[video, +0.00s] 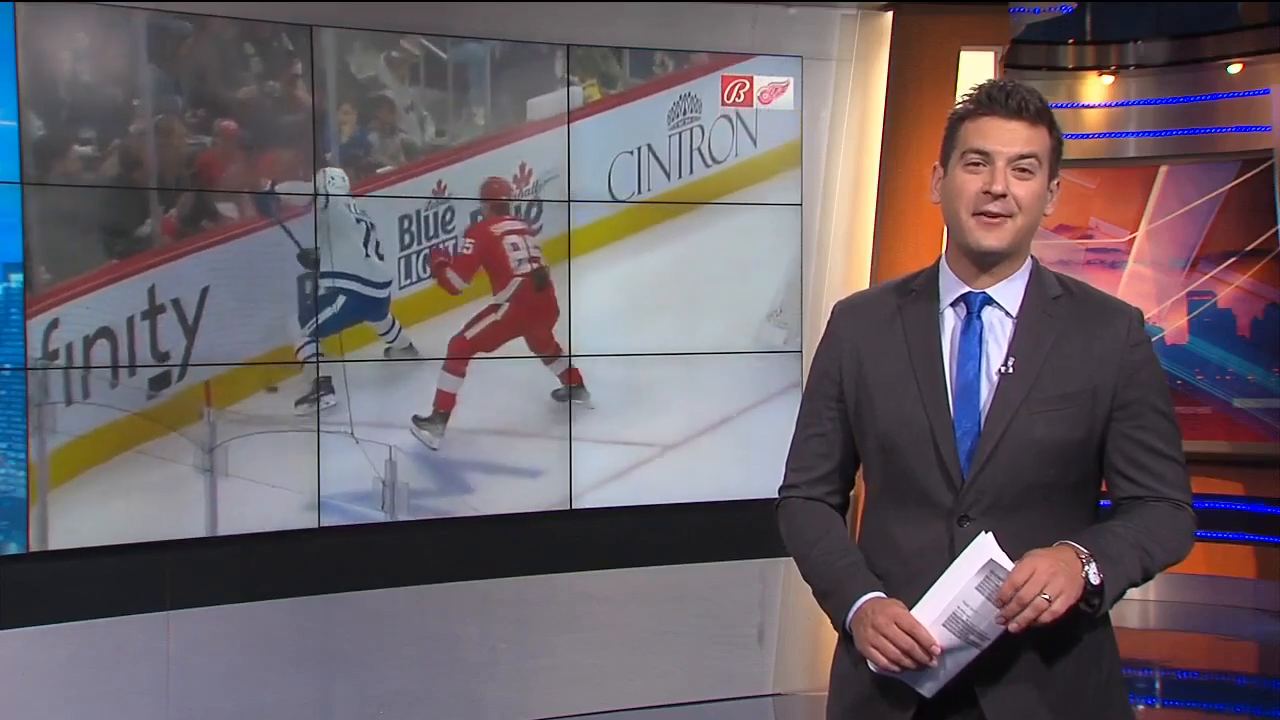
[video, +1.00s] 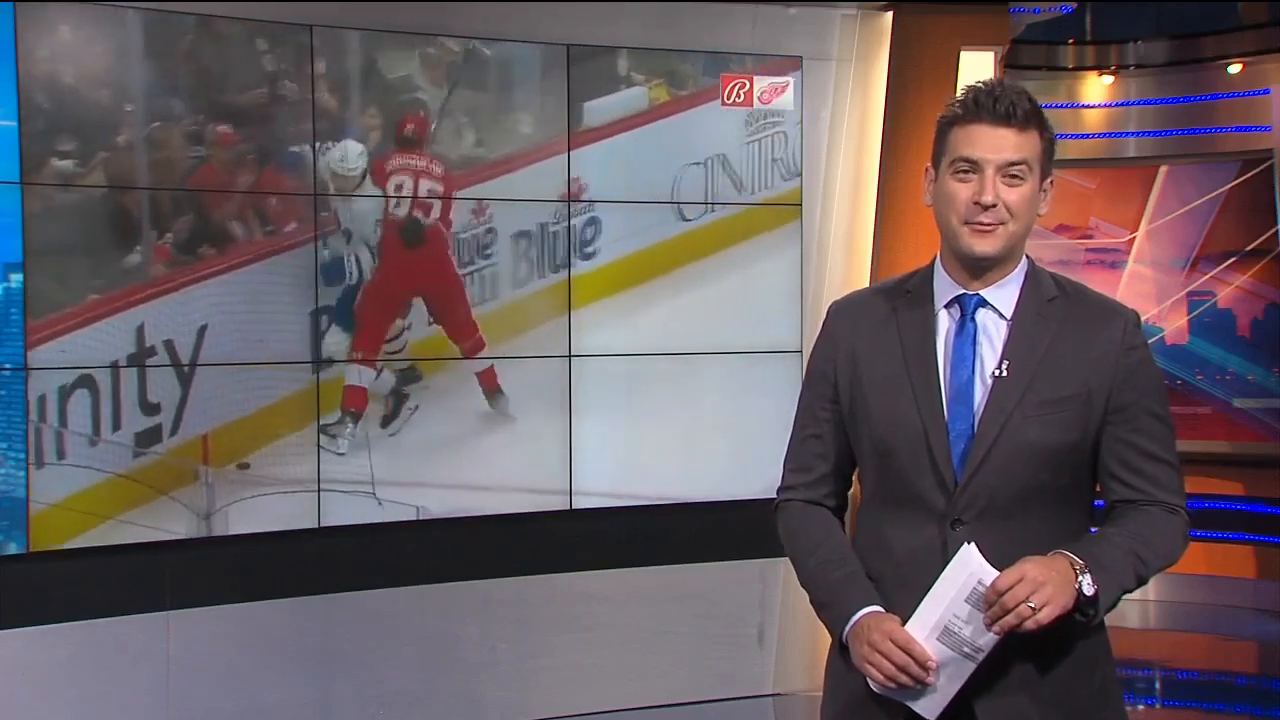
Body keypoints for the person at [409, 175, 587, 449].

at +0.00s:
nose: (482, 207)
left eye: (483, 203)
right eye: (484, 202)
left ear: (485, 204)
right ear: (509, 203)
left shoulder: (480, 231)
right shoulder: (523, 226)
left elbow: (455, 284)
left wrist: (439, 264)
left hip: (513, 309)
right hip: (547, 305)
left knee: (460, 346)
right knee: (542, 342)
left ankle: (437, 420)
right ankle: (575, 386)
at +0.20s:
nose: (460, 203)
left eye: (458, 198)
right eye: (471, 199)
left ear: (457, 200)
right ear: (482, 200)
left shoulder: (451, 229)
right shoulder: (496, 225)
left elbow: (422, 275)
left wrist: (414, 249)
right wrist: (432, 243)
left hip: (489, 313)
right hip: (522, 306)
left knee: (432, 351)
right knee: (516, 345)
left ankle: (411, 427)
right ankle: (550, 386)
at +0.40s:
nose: (427, 199)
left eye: (428, 195)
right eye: (430, 195)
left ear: (430, 196)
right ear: (456, 195)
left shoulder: (420, 225)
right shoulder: (477, 221)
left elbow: (393, 266)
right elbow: (483, 260)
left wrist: (395, 238)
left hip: (463, 310)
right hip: (498, 305)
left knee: (406, 353)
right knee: (491, 343)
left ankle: (386, 433)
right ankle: (529, 390)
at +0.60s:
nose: (416, 186)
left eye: (413, 181)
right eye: (432, 181)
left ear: (410, 183)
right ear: (438, 182)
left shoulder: (398, 214)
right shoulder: (456, 211)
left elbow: (372, 262)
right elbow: (460, 251)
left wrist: (371, 234)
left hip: (438, 304)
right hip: (475, 299)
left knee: (382, 352)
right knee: (475, 345)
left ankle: (364, 432)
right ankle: (514, 392)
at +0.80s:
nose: (415, 166)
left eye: (407, 159)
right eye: (422, 160)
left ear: (398, 161)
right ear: (428, 161)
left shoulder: (384, 193)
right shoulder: (445, 195)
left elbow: (384, 251)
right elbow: (451, 244)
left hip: (414, 287)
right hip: (455, 283)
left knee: (368, 346)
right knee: (465, 336)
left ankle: (353, 427)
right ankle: (503, 392)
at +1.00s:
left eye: (403, 129)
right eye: (421, 129)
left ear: (396, 134)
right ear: (428, 135)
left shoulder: (387, 164)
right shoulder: (442, 172)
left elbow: (375, 179)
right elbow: (446, 222)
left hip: (395, 264)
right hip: (436, 262)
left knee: (368, 331)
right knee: (463, 328)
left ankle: (350, 419)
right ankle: (495, 395)